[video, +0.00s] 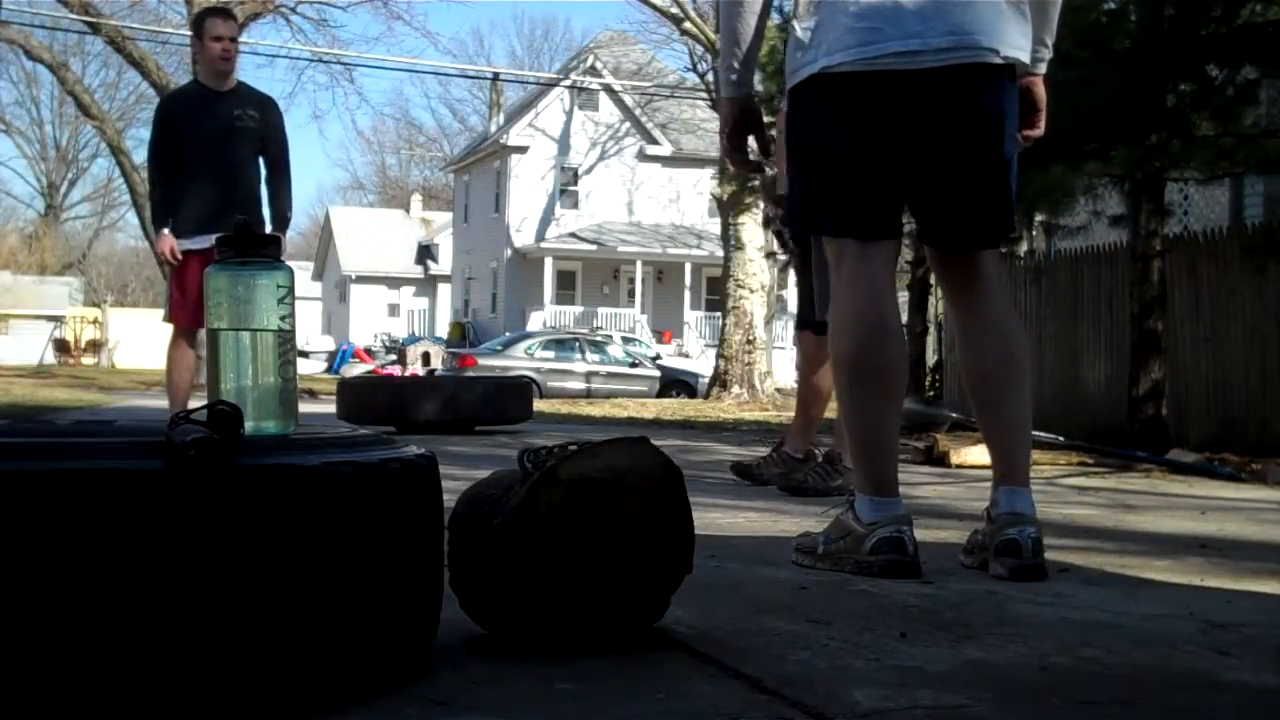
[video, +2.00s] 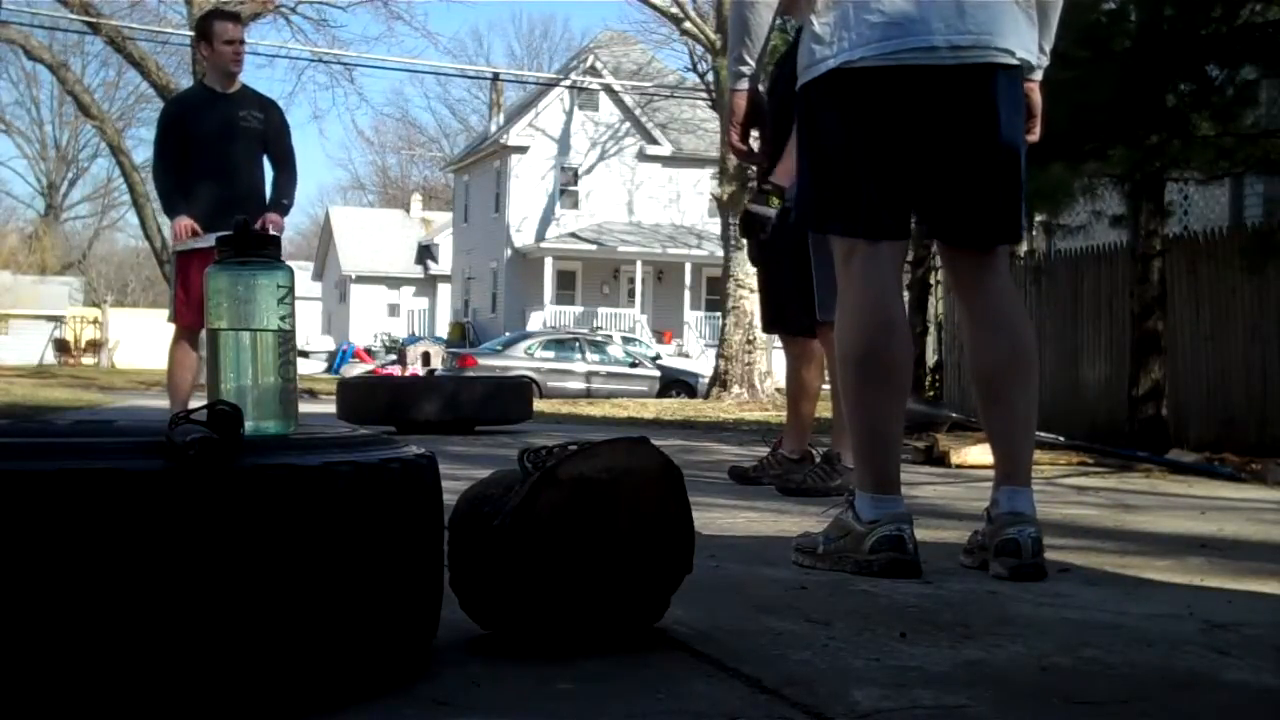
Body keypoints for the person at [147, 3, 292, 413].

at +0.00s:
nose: (228, 48)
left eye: (233, 40)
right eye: (218, 40)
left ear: (239, 46)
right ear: (197, 46)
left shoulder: (262, 106)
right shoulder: (172, 106)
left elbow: (278, 172)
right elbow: (159, 170)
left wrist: (279, 230)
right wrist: (161, 229)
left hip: (246, 237)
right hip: (189, 238)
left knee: (245, 334)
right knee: (186, 332)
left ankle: (242, 424)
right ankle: (178, 422)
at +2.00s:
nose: (239, 50)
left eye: (242, 43)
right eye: (229, 43)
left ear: (246, 47)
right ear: (204, 49)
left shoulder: (265, 110)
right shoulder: (178, 109)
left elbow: (285, 167)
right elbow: (163, 170)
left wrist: (278, 210)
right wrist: (177, 213)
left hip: (252, 238)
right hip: (197, 237)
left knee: (252, 332)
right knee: (189, 329)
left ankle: (249, 423)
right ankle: (178, 420)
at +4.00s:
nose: (231, 48)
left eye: (234, 41)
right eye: (221, 41)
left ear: (238, 44)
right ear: (197, 46)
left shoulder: (260, 107)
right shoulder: (173, 106)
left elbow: (277, 173)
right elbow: (154, 171)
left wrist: (277, 231)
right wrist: (151, 225)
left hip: (244, 239)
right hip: (187, 239)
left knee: (242, 334)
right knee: (184, 331)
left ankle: (240, 426)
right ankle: (179, 424)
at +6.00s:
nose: (195, 42)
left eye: (204, 35)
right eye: (188, 34)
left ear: (215, 40)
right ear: (175, 38)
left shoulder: (240, 99)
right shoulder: (151, 100)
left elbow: (257, 164)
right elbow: (131, 166)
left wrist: (251, 225)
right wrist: (127, 226)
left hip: (229, 231)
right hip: (173, 233)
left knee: (232, 329)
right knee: (170, 328)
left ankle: (232, 421)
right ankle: (170, 421)